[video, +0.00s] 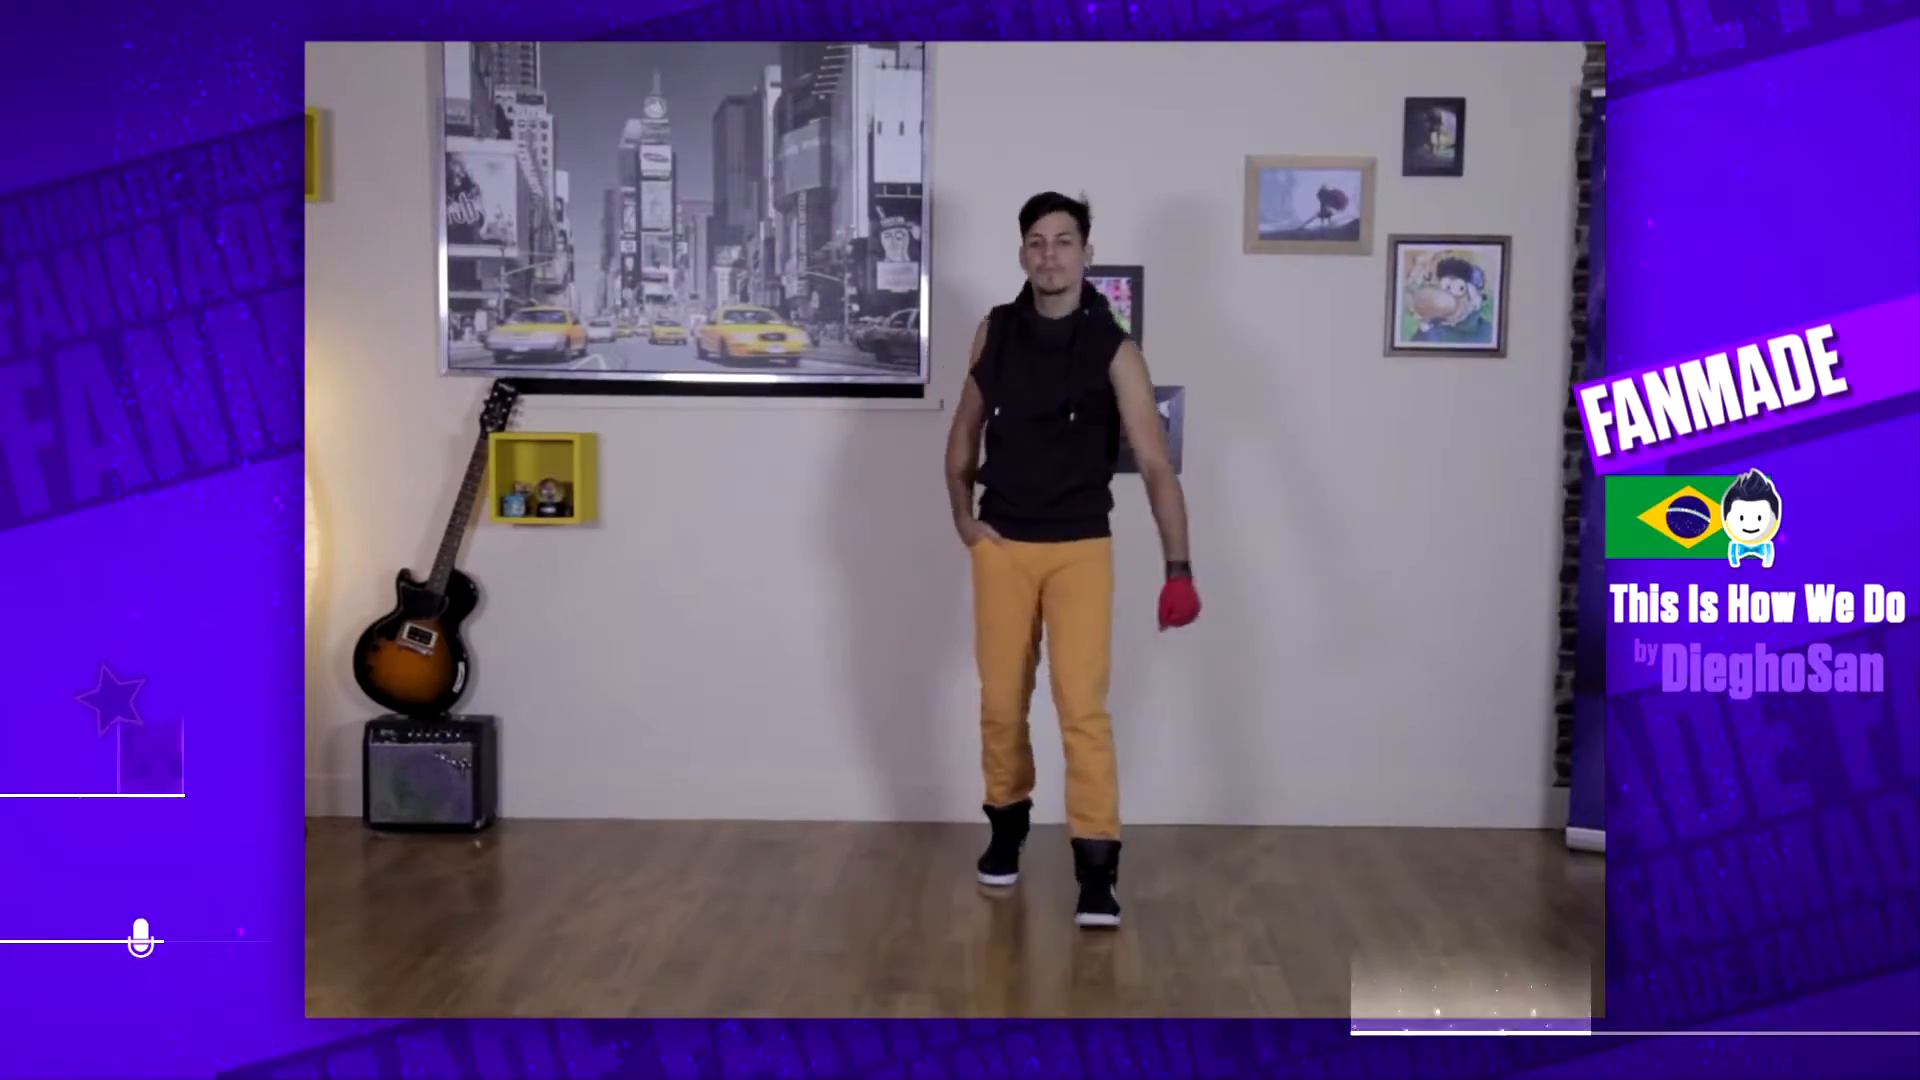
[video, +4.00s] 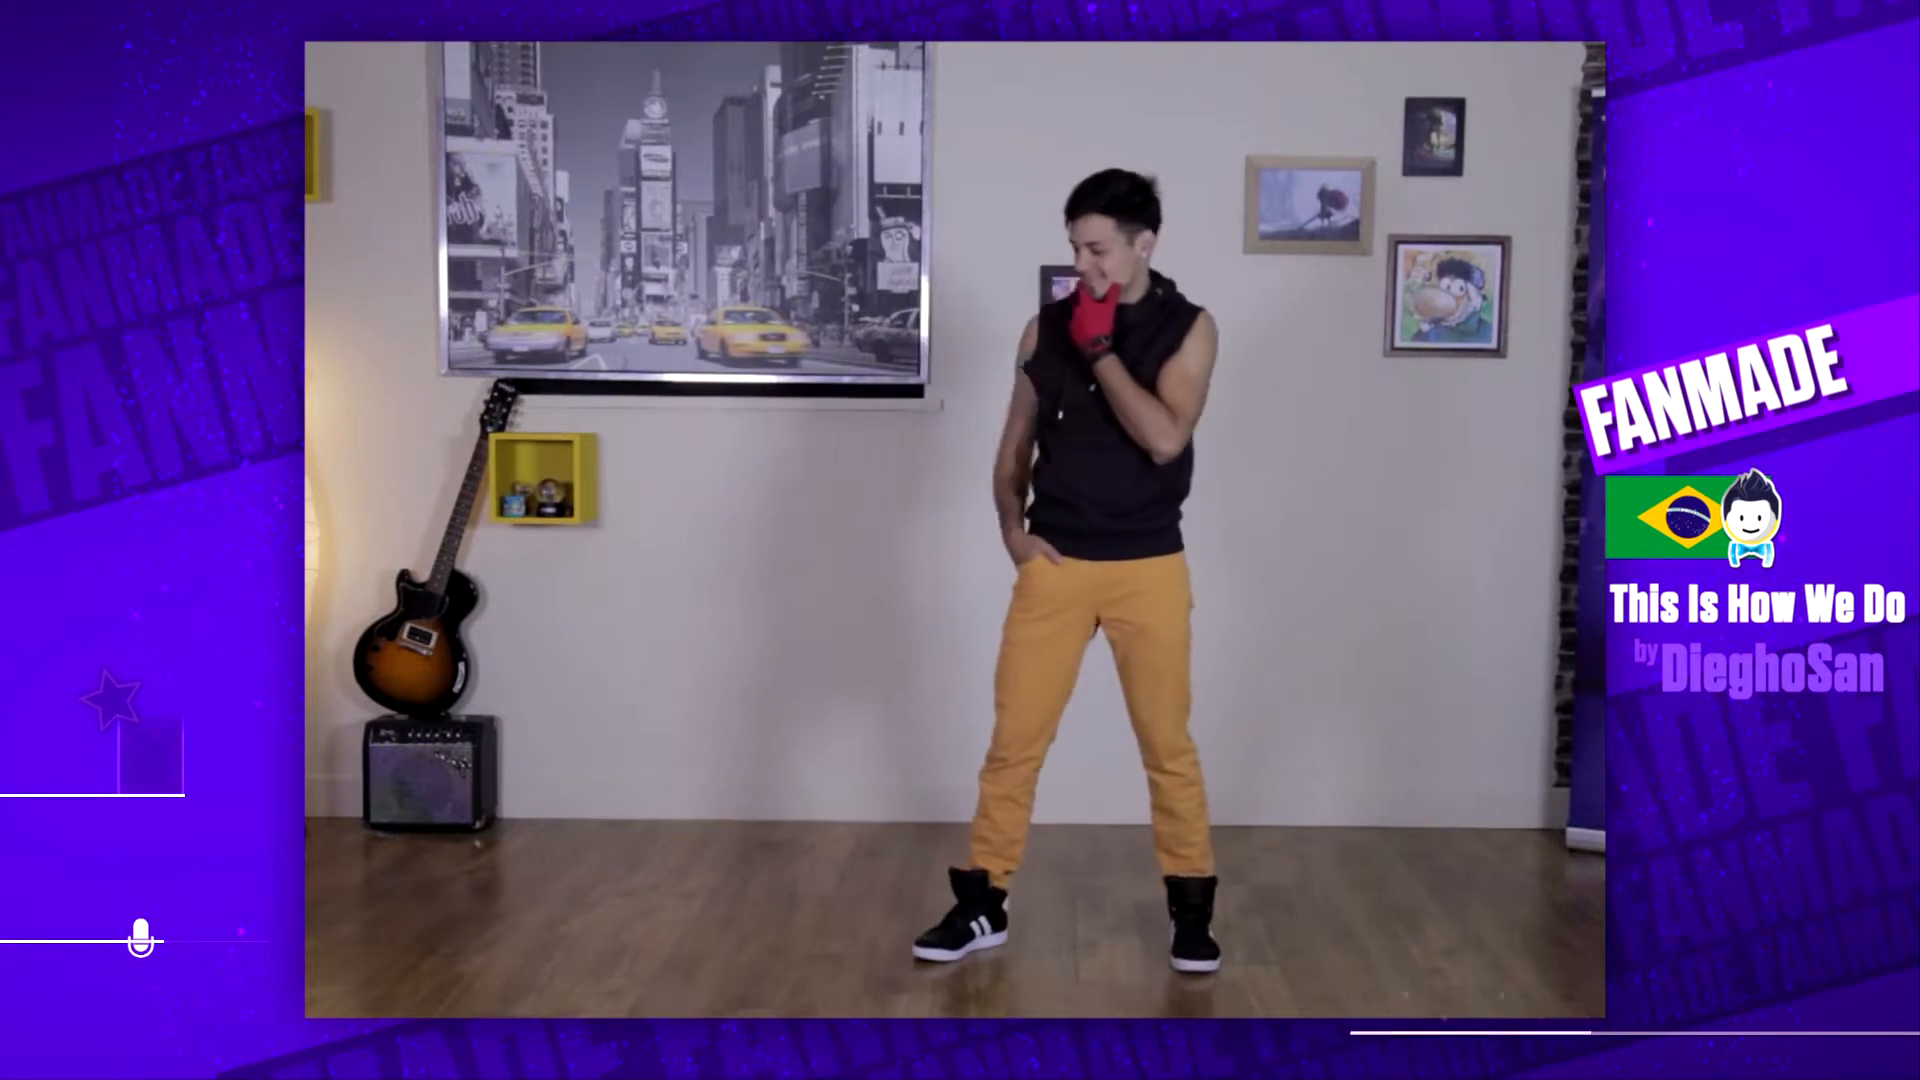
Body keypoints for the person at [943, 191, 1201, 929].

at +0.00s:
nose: (1049, 254)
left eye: (1062, 242)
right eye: (1037, 243)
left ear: (1086, 251)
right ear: (1022, 255)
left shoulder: (1113, 349)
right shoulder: (996, 332)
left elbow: (1157, 465)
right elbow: (965, 430)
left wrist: (1179, 567)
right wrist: (963, 514)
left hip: (1081, 550)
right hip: (1000, 546)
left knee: (1083, 710)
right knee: (1000, 706)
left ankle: (1097, 871)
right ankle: (1006, 829)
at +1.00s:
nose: (1098, 242)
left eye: (1115, 230)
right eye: (1088, 227)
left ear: (1138, 243)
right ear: (1071, 233)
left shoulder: (1166, 325)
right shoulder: (1034, 326)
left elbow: (1190, 435)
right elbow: (988, 441)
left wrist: (1199, 518)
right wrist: (1016, 527)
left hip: (1143, 557)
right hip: (1061, 550)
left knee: (1117, 718)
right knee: (1033, 707)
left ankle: (1101, 867)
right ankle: (1026, 815)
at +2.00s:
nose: (1034, 238)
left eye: (1051, 226)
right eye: (1023, 224)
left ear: (1076, 238)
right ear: (1005, 233)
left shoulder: (1112, 322)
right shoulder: (972, 332)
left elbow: (1130, 447)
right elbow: (909, 446)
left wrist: (1050, 377)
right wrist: (967, 533)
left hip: (1103, 562)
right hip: (1009, 562)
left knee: (1143, 726)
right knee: (991, 736)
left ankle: (1161, 887)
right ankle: (968, 898)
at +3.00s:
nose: (1067, 244)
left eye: (1085, 231)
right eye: (1058, 229)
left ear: (1113, 240)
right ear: (1045, 230)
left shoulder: (1118, 325)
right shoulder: (1001, 304)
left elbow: (1133, 435)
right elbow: (938, 426)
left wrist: (1080, 345)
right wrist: (984, 540)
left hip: (1108, 565)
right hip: (1017, 566)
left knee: (1148, 738)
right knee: (992, 744)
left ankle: (1173, 906)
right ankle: (969, 903)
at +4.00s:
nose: (1085, 264)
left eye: (1100, 249)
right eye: (1076, 249)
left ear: (1146, 244)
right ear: (1068, 248)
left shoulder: (1187, 329)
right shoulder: (1045, 332)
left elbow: (1166, 437)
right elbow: (1015, 446)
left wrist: (1101, 352)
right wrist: (1013, 530)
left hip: (1147, 572)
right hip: (1052, 566)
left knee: (1166, 745)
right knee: (1013, 743)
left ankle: (1191, 908)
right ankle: (981, 903)